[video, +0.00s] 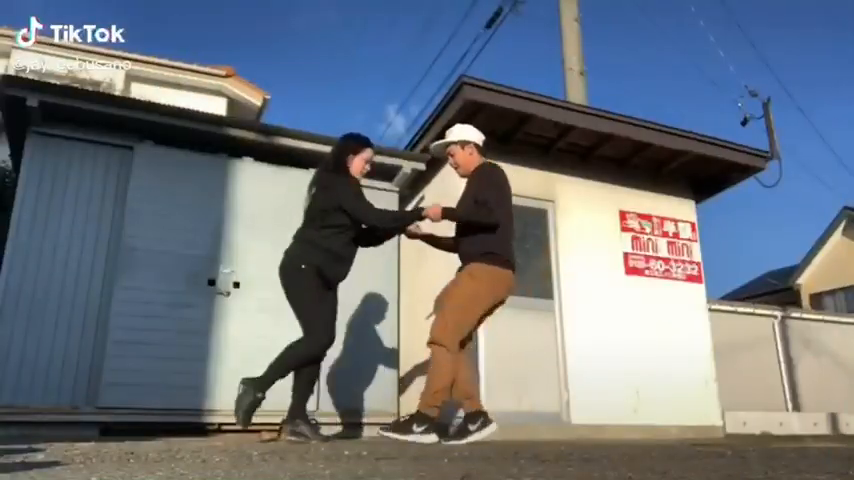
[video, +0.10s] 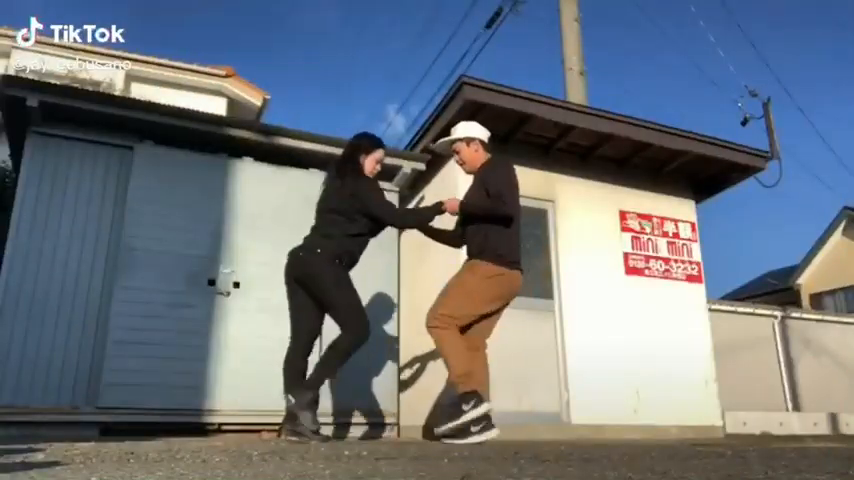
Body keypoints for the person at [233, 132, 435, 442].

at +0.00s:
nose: (368, 168)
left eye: (370, 162)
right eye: (365, 161)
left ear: (349, 159)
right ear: (349, 157)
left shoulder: (339, 187)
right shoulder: (339, 182)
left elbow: (364, 238)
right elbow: (372, 217)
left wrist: (401, 228)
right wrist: (419, 213)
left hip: (318, 273)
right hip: (304, 268)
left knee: (317, 342)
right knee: (318, 338)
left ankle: (297, 417)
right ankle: (256, 387)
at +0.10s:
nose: (379, 168)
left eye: (380, 162)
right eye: (376, 161)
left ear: (353, 158)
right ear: (360, 157)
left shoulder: (337, 181)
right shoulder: (362, 186)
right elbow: (397, 218)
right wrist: (440, 208)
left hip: (301, 261)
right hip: (324, 264)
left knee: (302, 340)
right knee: (357, 329)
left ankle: (294, 418)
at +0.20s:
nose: (390, 170)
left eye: (392, 164)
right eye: (387, 163)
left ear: (365, 159)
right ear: (371, 158)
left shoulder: (346, 183)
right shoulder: (373, 190)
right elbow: (406, 222)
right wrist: (451, 211)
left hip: (309, 258)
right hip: (341, 261)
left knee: (303, 337)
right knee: (368, 336)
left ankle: (296, 417)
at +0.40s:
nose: (407, 170)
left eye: (409, 164)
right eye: (406, 163)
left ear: (385, 160)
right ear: (392, 161)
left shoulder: (367, 185)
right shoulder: (390, 191)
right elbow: (417, 227)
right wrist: (458, 215)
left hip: (339, 265)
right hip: (369, 270)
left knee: (333, 340)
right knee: (391, 339)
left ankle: (303, 417)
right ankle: (387, 421)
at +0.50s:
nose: (417, 170)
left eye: (418, 164)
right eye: (414, 163)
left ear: (397, 161)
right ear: (399, 161)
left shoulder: (385, 189)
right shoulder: (392, 190)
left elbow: (418, 235)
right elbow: (416, 228)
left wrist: (456, 226)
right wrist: (457, 217)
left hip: (365, 269)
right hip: (380, 270)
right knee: (394, 343)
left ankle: (334, 395)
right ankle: (385, 424)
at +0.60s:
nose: (429, 164)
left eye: (430, 158)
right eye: (425, 157)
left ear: (419, 159)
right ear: (409, 157)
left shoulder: (421, 197)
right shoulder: (391, 187)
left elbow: (450, 233)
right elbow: (412, 220)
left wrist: (493, 235)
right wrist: (452, 215)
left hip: (401, 277)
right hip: (378, 269)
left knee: (431, 333)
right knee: (389, 339)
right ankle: (384, 421)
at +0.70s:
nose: (439, 161)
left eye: (439, 155)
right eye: (435, 154)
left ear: (424, 158)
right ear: (417, 155)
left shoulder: (440, 198)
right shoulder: (394, 184)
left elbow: (466, 238)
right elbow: (405, 215)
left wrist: (513, 237)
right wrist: (456, 211)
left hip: (423, 278)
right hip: (387, 271)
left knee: (445, 344)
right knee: (397, 338)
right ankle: (390, 420)